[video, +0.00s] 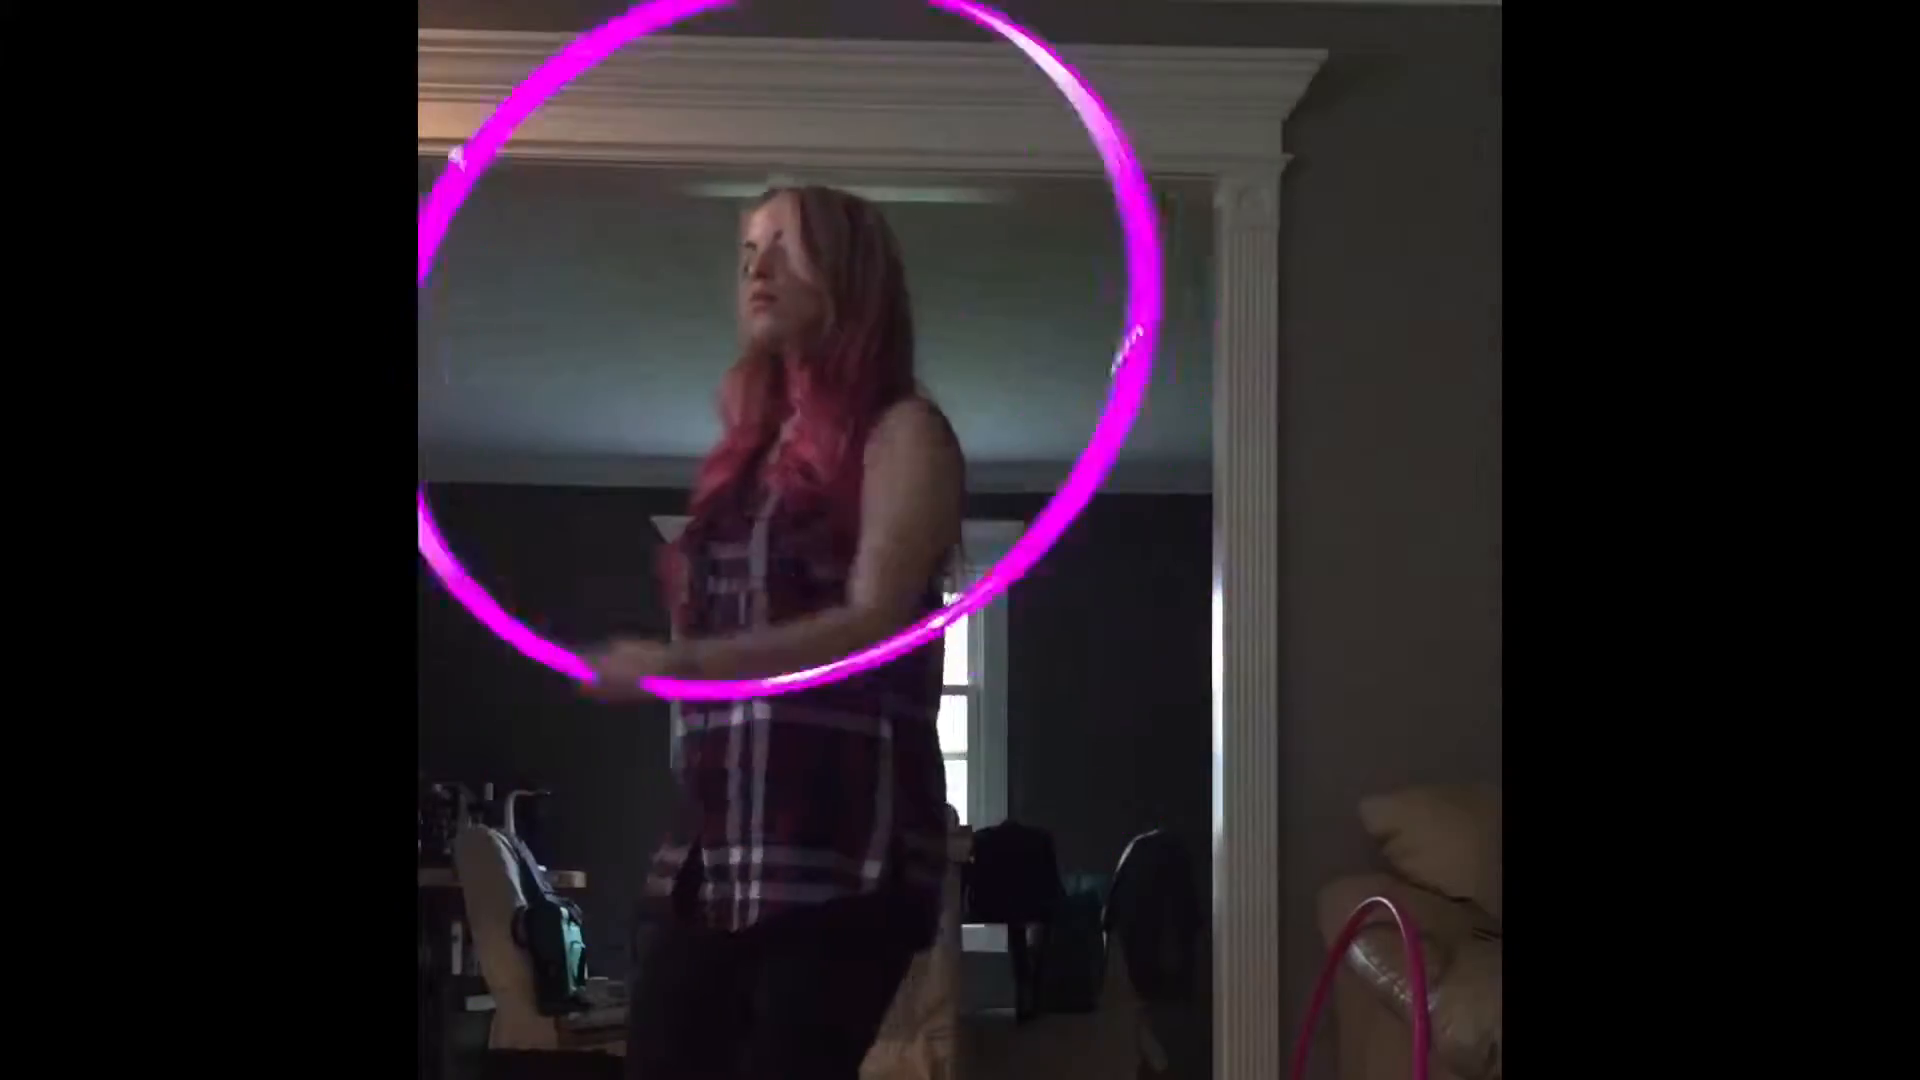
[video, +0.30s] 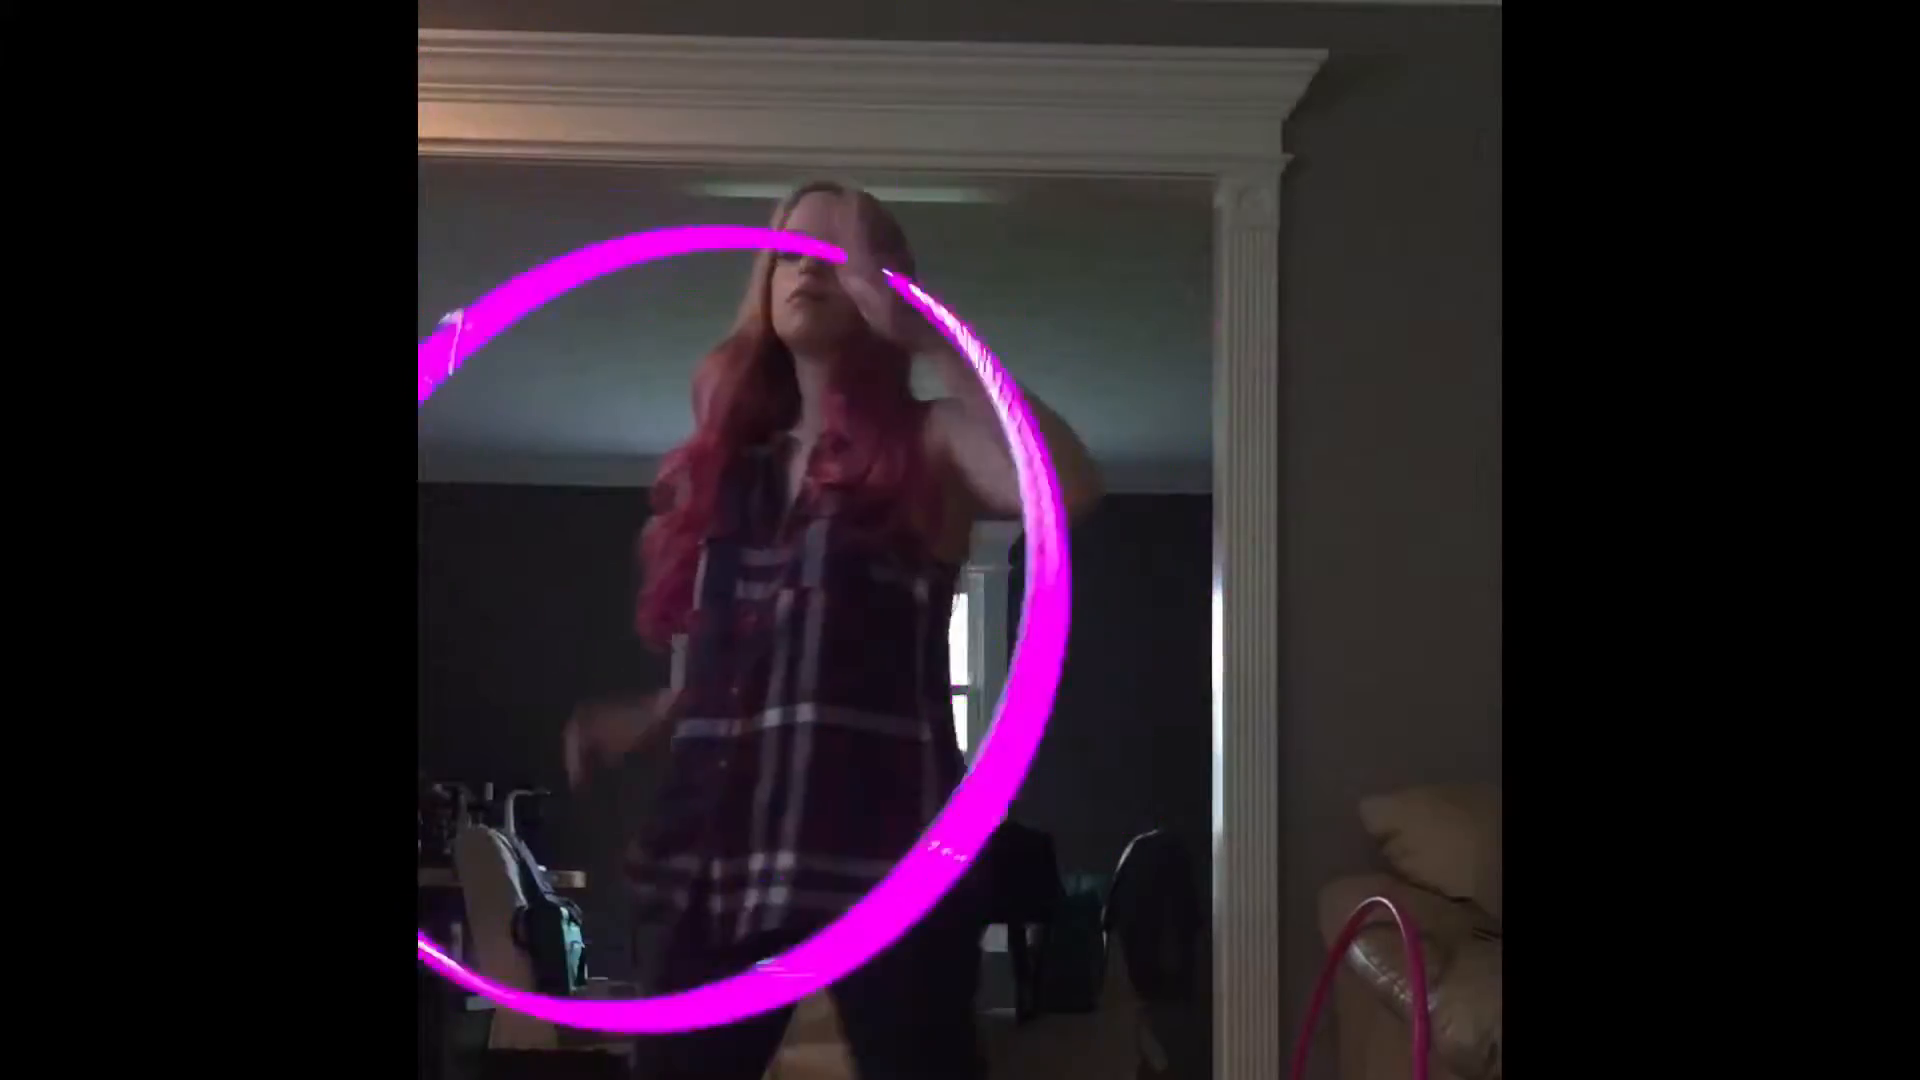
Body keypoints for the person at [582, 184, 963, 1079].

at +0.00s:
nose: (756, 271)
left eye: (784, 253)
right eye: (748, 256)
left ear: (846, 279)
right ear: (737, 280)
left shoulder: (903, 430)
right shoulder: (749, 438)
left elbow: (883, 622)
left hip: (844, 842)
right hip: (719, 832)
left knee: (789, 1061)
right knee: (668, 1053)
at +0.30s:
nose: (807, 269)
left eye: (836, 254)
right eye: (789, 254)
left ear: (887, 289)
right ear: (761, 294)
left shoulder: (929, 435)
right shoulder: (725, 459)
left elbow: (1066, 488)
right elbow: (712, 653)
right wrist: (641, 723)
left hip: (881, 850)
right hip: (721, 844)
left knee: (920, 1064)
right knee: (683, 1065)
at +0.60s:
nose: (971, 244)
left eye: (997, 231)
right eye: (946, 230)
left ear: (1028, 273)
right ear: (908, 273)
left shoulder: (1079, 414)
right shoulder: (862, 441)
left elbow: (1012, 569)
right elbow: (683, 582)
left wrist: (805, 567)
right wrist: (746, 544)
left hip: (1082, 879)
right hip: (916, 883)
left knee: (1127, 1065)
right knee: (856, 1067)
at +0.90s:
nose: (1059, 266)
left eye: (1083, 251)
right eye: (1031, 255)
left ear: (1118, 287)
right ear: (998, 296)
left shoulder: (1183, 459)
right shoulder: (928, 457)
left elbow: (1256, 667)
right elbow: (881, 637)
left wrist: (1174, 649)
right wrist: (1042, 676)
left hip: (1166, 885)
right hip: (985, 884)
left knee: (1215, 1066)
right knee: (916, 1069)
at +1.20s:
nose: (1043, 283)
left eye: (1069, 262)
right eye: (1016, 264)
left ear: (1109, 289)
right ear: (983, 301)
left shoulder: (1166, 449)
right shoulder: (930, 451)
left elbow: (1203, 586)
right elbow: (918, 491)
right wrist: (1049, 313)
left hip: (1167, 906)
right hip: (979, 909)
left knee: (1218, 1065)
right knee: (899, 1065)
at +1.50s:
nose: (940, 261)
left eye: (966, 245)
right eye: (917, 238)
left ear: (992, 279)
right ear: (869, 266)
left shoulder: (1032, 430)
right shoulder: (802, 438)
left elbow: (987, 566)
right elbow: (735, 651)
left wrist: (790, 472)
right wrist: (721, 534)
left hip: (995, 865)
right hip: (826, 864)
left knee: (1076, 1066)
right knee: (752, 1065)